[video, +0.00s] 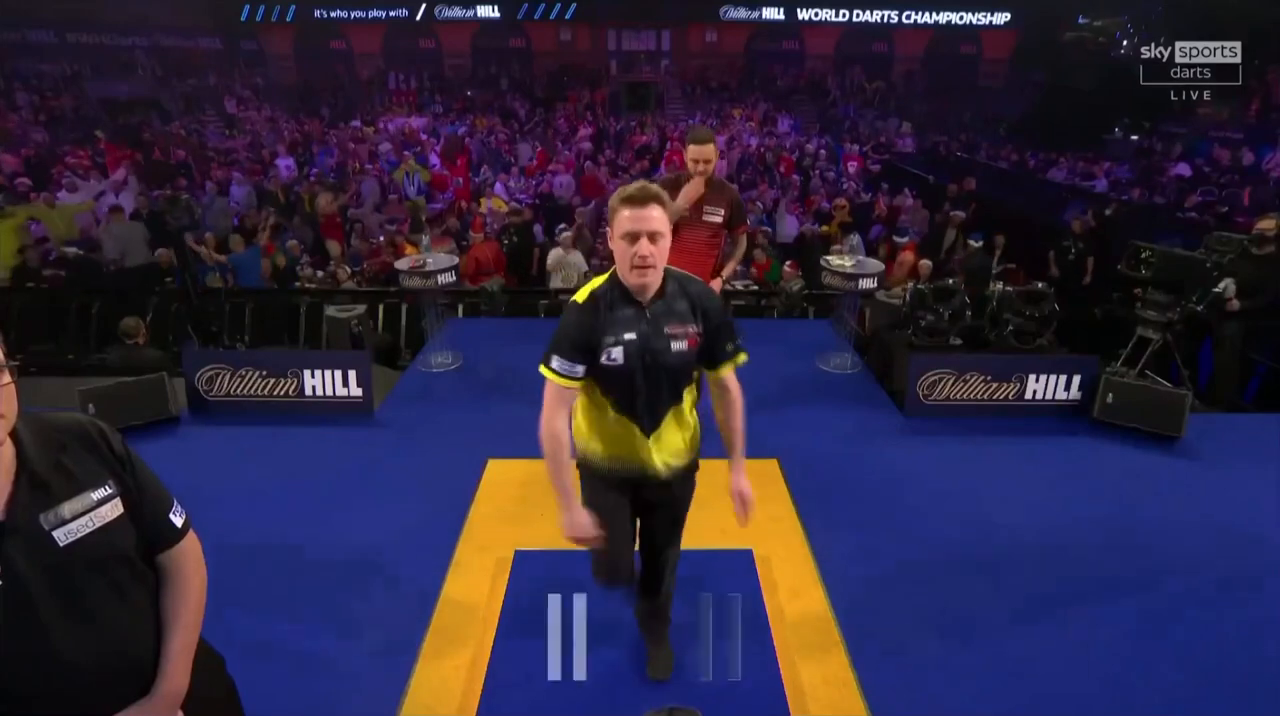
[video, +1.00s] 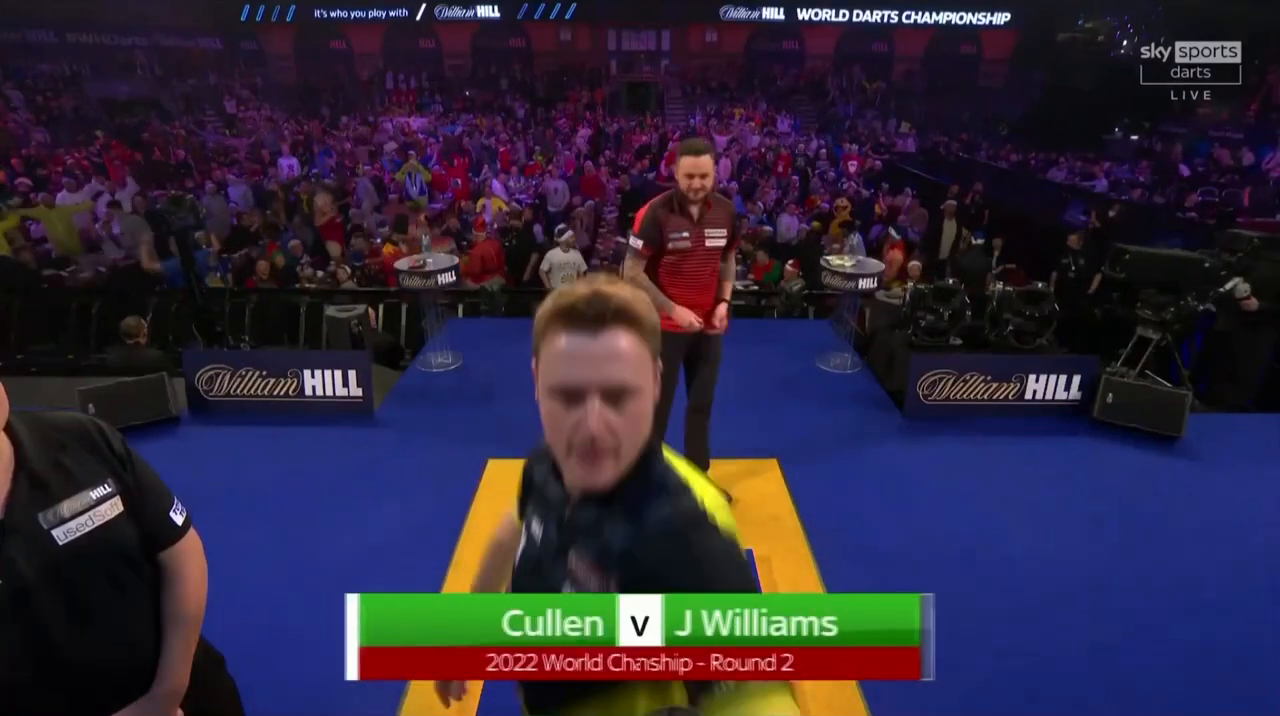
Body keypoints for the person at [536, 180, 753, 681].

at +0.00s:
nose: (643, 250)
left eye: (654, 237)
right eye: (630, 238)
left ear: (670, 241)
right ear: (610, 244)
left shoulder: (700, 301)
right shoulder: (588, 310)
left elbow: (725, 385)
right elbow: (554, 413)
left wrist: (738, 468)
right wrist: (569, 504)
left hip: (672, 457)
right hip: (605, 458)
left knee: (660, 567)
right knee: (614, 571)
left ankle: (656, 631)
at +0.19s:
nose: (635, 254)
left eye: (646, 239)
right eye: (621, 242)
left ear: (666, 242)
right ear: (600, 247)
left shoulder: (705, 310)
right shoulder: (580, 315)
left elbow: (745, 406)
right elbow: (544, 397)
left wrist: (751, 507)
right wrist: (525, 487)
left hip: (673, 482)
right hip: (602, 484)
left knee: (662, 574)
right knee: (607, 612)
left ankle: (659, 641)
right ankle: (616, 702)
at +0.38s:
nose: (617, 291)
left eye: (630, 275)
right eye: (602, 276)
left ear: (654, 277)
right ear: (580, 283)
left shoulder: (695, 356)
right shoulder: (565, 350)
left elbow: (748, 480)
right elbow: (535, 413)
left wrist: (720, 541)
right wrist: (507, 483)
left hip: (666, 555)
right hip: (592, 552)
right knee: (607, 688)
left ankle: (660, 663)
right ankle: (613, 704)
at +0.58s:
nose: (597, 317)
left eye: (613, 297)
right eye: (579, 299)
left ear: (638, 298)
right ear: (553, 303)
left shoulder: (680, 387)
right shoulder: (546, 377)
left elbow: (729, 534)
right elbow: (527, 443)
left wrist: (677, 648)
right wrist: (502, 528)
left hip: (657, 614)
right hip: (565, 605)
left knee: (650, 706)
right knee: (574, 705)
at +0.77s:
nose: (588, 345)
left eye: (607, 324)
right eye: (569, 325)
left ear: (637, 321)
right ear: (540, 322)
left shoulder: (677, 429)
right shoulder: (536, 401)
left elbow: (730, 610)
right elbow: (504, 472)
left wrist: (690, 708)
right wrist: (487, 581)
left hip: (653, 687)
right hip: (562, 672)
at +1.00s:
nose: (592, 425)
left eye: (617, 397)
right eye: (568, 397)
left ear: (655, 386)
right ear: (537, 386)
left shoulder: (687, 525)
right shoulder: (544, 470)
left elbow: (754, 685)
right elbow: (514, 538)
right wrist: (464, 637)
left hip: (634, 698)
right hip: (539, 691)